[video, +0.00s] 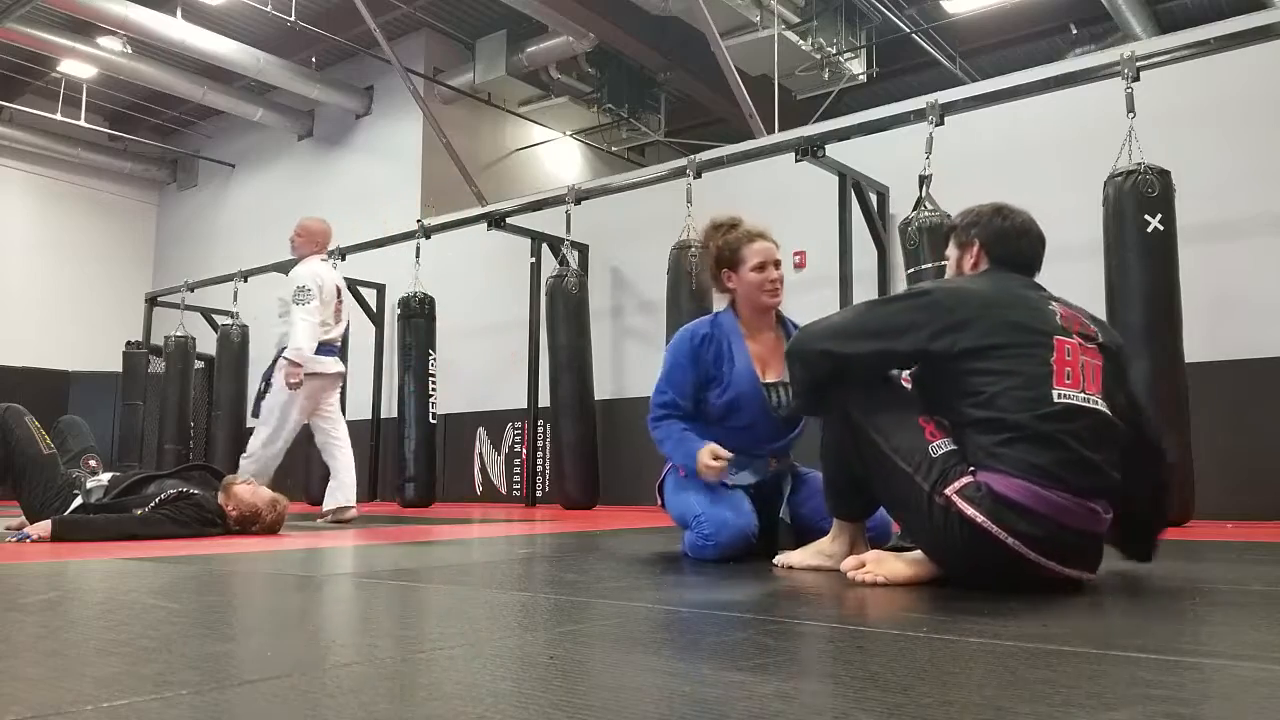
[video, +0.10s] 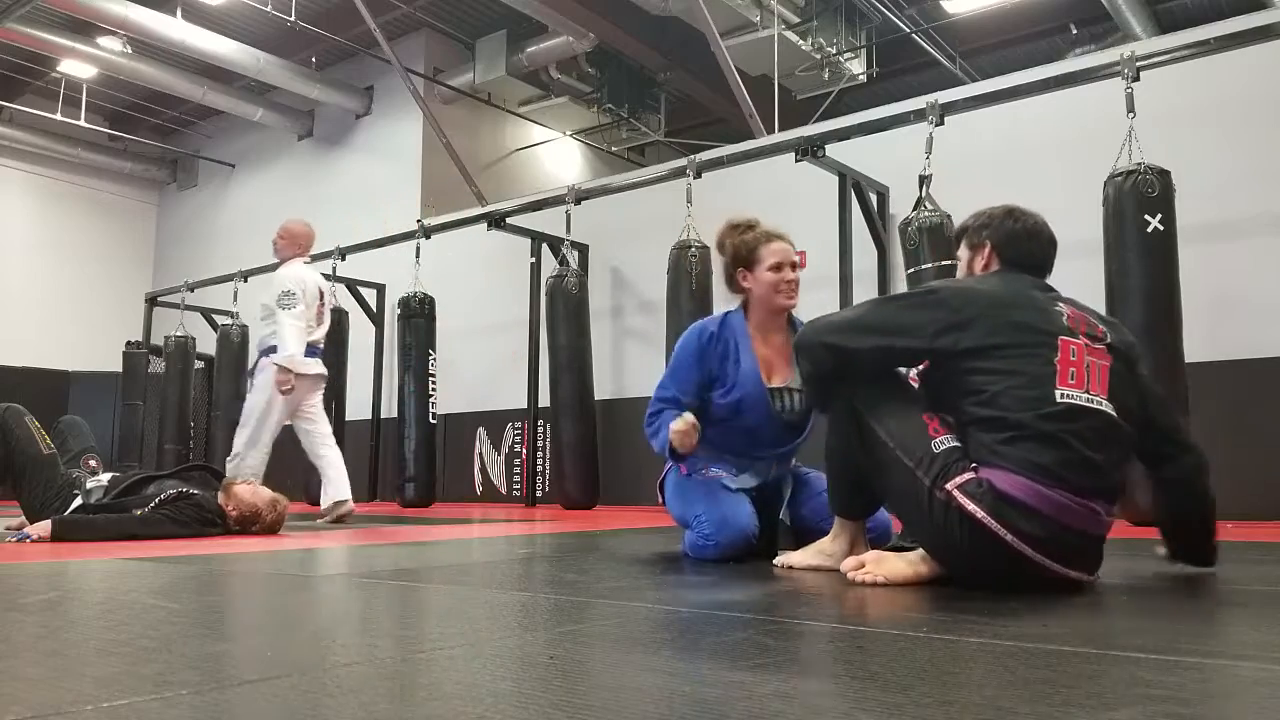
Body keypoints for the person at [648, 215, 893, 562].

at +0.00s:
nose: (775, 276)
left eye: (778, 266)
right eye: (760, 268)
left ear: (784, 269)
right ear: (730, 279)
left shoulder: (799, 340)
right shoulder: (695, 341)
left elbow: (833, 401)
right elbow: (664, 418)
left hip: (778, 475)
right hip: (704, 477)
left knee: (876, 527)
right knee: (733, 534)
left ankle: (776, 529)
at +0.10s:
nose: (791, 277)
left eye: (794, 267)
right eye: (777, 269)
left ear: (799, 272)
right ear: (745, 279)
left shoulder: (810, 343)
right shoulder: (705, 340)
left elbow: (843, 406)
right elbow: (660, 413)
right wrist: (676, 434)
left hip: (778, 475)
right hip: (704, 474)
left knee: (878, 528)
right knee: (734, 534)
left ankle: (777, 529)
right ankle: (697, 541)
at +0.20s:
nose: (808, 281)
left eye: (812, 272)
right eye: (795, 271)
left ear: (818, 276)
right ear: (762, 280)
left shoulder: (820, 346)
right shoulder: (719, 338)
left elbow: (852, 415)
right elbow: (663, 421)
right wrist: (684, 416)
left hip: (778, 475)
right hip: (704, 472)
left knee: (876, 529)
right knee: (732, 537)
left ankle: (783, 527)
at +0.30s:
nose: (827, 284)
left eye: (830, 276)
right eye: (814, 273)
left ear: (833, 281)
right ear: (779, 280)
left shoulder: (828, 349)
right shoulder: (731, 334)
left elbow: (852, 414)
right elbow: (681, 417)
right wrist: (713, 405)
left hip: (779, 475)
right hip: (705, 469)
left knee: (876, 529)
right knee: (731, 538)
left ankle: (777, 524)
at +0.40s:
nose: (839, 287)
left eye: (843, 277)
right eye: (828, 274)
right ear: (792, 276)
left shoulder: (837, 347)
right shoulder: (739, 332)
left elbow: (855, 412)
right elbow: (708, 411)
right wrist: (752, 391)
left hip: (785, 469)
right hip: (708, 464)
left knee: (877, 530)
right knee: (729, 539)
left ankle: (783, 526)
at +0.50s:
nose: (846, 289)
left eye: (848, 279)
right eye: (837, 276)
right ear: (799, 273)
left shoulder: (835, 342)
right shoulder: (741, 331)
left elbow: (860, 412)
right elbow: (744, 404)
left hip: (788, 466)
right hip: (710, 461)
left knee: (881, 532)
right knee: (730, 539)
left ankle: (783, 519)